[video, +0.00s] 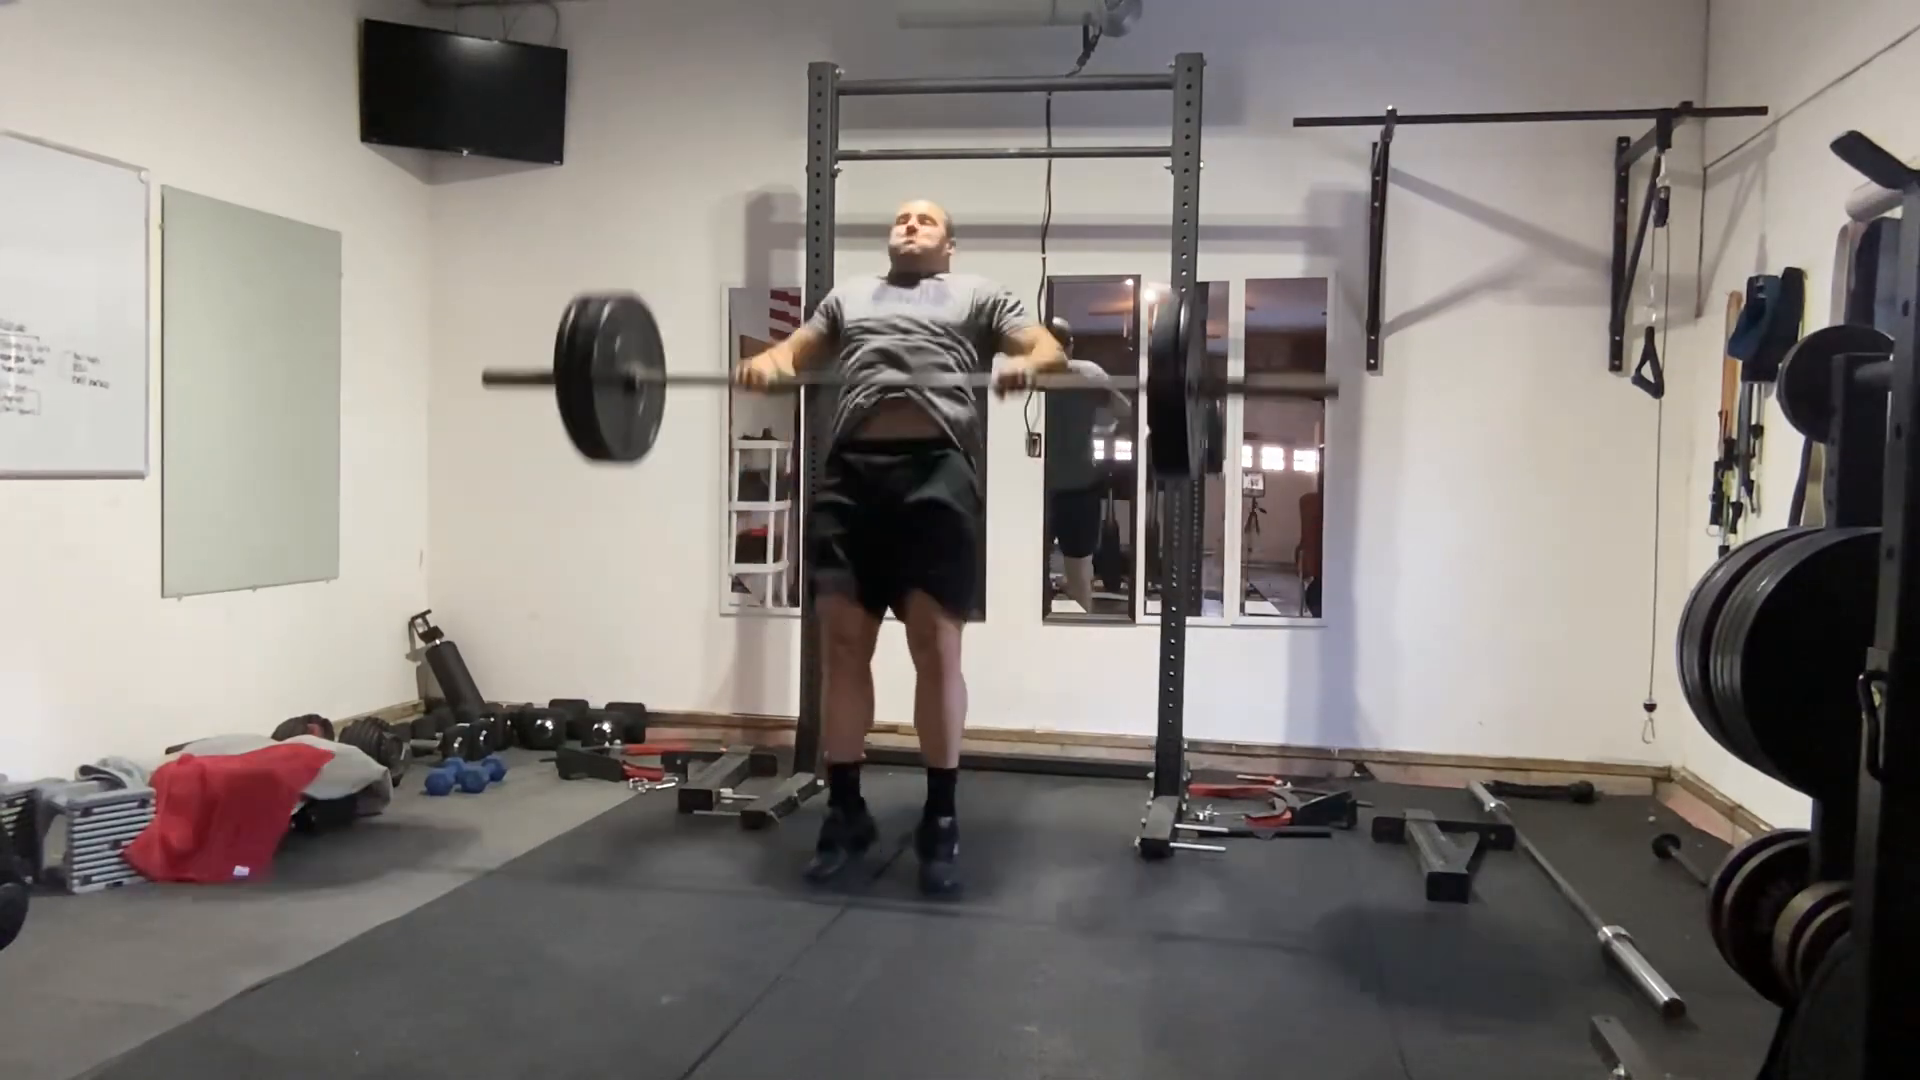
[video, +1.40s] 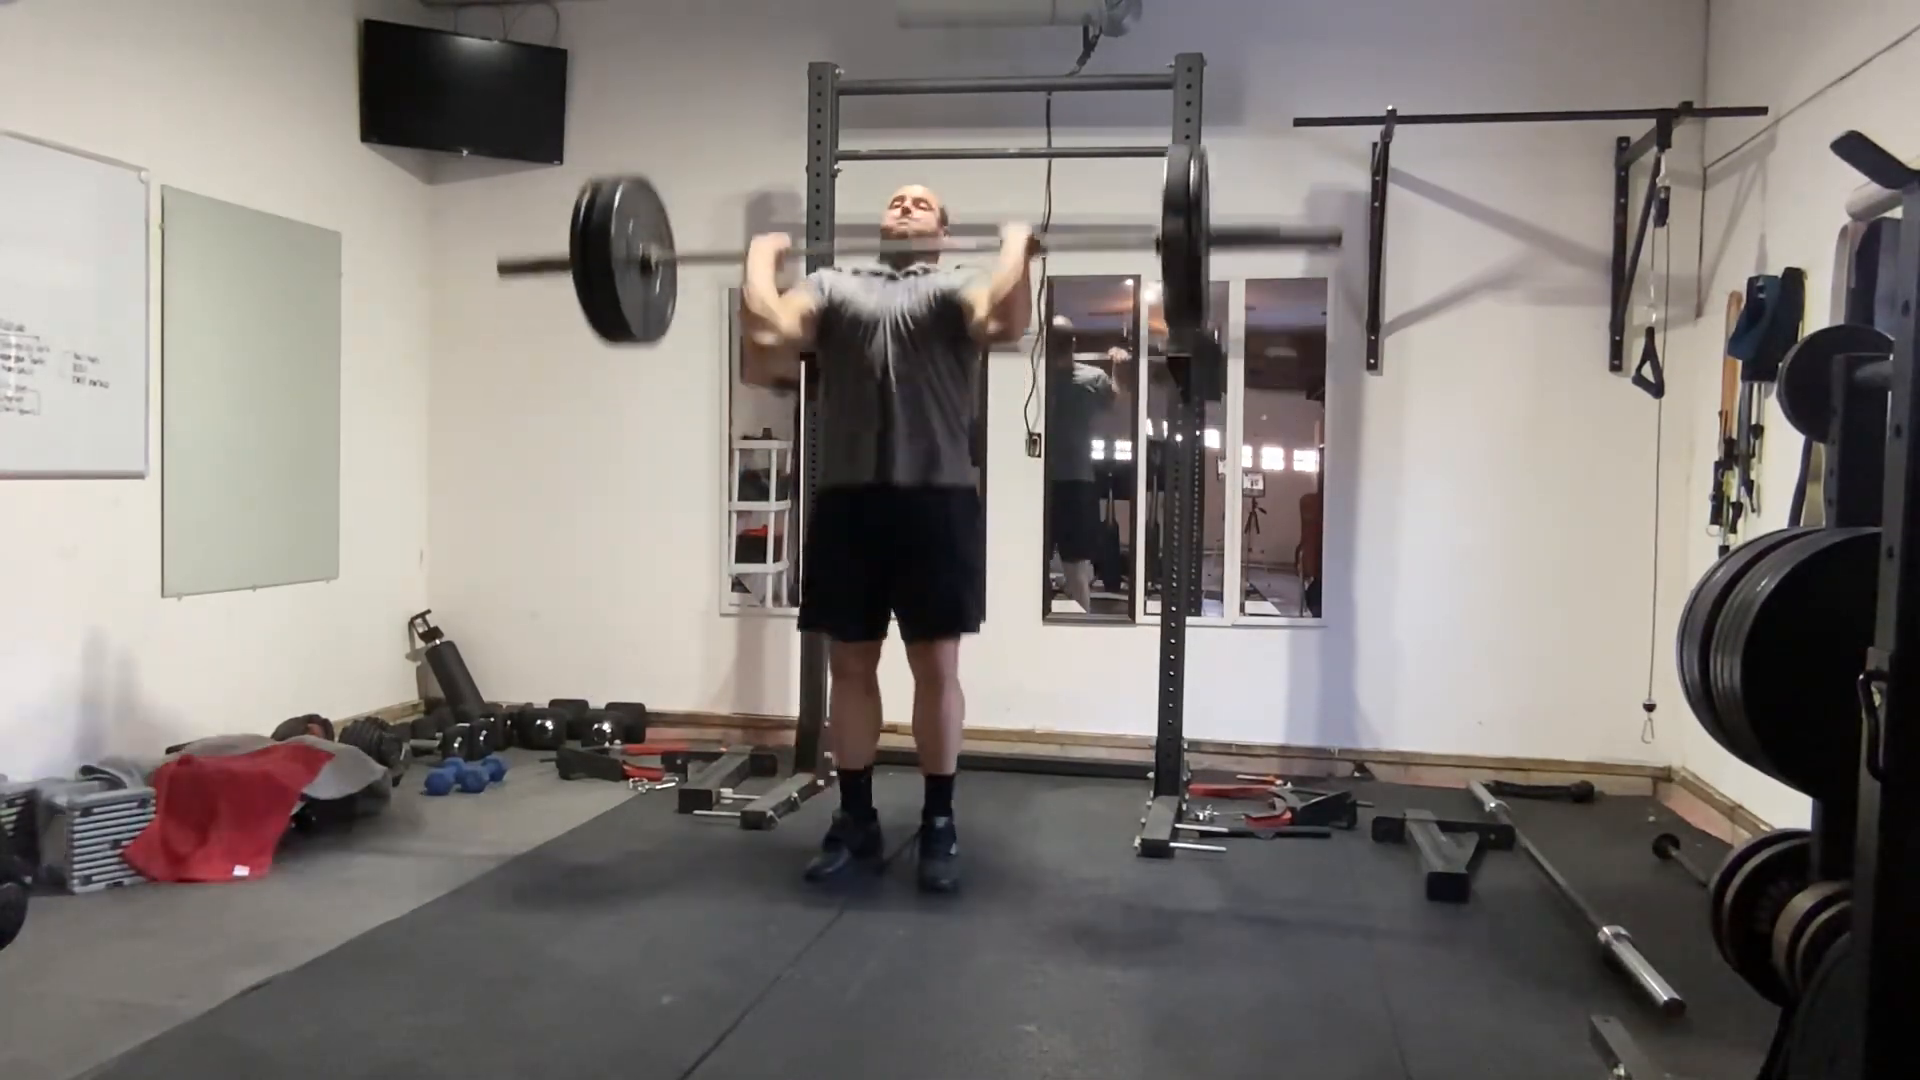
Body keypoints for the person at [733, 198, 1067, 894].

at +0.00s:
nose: (908, 225)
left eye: (923, 221)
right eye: (900, 220)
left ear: (948, 244)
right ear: (886, 243)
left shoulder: (980, 296)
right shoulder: (849, 297)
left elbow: (1050, 347)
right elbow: (794, 352)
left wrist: (1028, 362)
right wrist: (767, 362)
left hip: (935, 473)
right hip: (852, 472)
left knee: (934, 643)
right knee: (842, 643)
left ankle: (941, 819)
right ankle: (844, 812)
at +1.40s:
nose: (902, 207)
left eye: (917, 204)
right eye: (894, 202)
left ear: (942, 232)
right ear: (878, 224)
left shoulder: (956, 290)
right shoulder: (836, 283)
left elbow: (1003, 319)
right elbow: (768, 320)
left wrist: (1017, 242)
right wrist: (760, 251)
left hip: (935, 499)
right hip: (847, 498)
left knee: (934, 664)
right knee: (849, 664)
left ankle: (938, 829)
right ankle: (855, 824)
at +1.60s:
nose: (902, 216)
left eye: (918, 213)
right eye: (892, 211)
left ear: (939, 239)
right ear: (874, 236)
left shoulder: (960, 298)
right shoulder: (831, 292)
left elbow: (1032, 233)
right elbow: (743, 236)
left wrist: (1031, 132)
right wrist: (755, 142)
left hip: (933, 505)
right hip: (845, 505)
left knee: (931, 669)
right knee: (853, 669)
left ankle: (939, 829)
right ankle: (857, 828)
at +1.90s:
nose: (870, 232)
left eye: (884, 219)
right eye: (861, 220)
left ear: (916, 223)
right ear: (848, 226)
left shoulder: (958, 278)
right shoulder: (823, 282)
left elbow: (1004, 166)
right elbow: (771, 180)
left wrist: (1023, 73)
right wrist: (760, 90)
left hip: (934, 502)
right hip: (847, 503)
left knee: (931, 670)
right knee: (859, 668)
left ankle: (937, 829)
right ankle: (859, 826)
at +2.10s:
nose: (887, 227)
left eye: (902, 218)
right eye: (877, 218)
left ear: (928, 233)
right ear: (863, 233)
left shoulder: (966, 317)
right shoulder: (822, 318)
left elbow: (1000, 418)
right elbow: (783, 410)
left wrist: (1007, 517)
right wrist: (751, 503)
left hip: (936, 531)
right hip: (842, 530)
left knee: (934, 675)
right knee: (844, 672)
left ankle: (937, 828)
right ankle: (855, 828)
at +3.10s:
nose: (909, 226)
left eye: (924, 221)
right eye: (899, 220)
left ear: (946, 244)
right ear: (884, 241)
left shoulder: (974, 295)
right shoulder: (847, 295)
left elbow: (1043, 348)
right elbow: (791, 355)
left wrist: (1022, 390)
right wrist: (758, 385)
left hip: (943, 471)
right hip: (857, 470)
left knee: (936, 633)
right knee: (842, 638)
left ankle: (939, 819)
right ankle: (848, 811)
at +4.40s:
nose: (897, 275)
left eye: (914, 267)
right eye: (888, 266)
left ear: (939, 288)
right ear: (874, 285)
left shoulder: (959, 359)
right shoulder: (834, 364)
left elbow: (993, 397)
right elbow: (769, 402)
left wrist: (1003, 330)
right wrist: (772, 336)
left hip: (941, 569)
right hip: (843, 567)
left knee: (958, 718)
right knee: (796, 699)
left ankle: (947, 834)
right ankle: (852, 831)